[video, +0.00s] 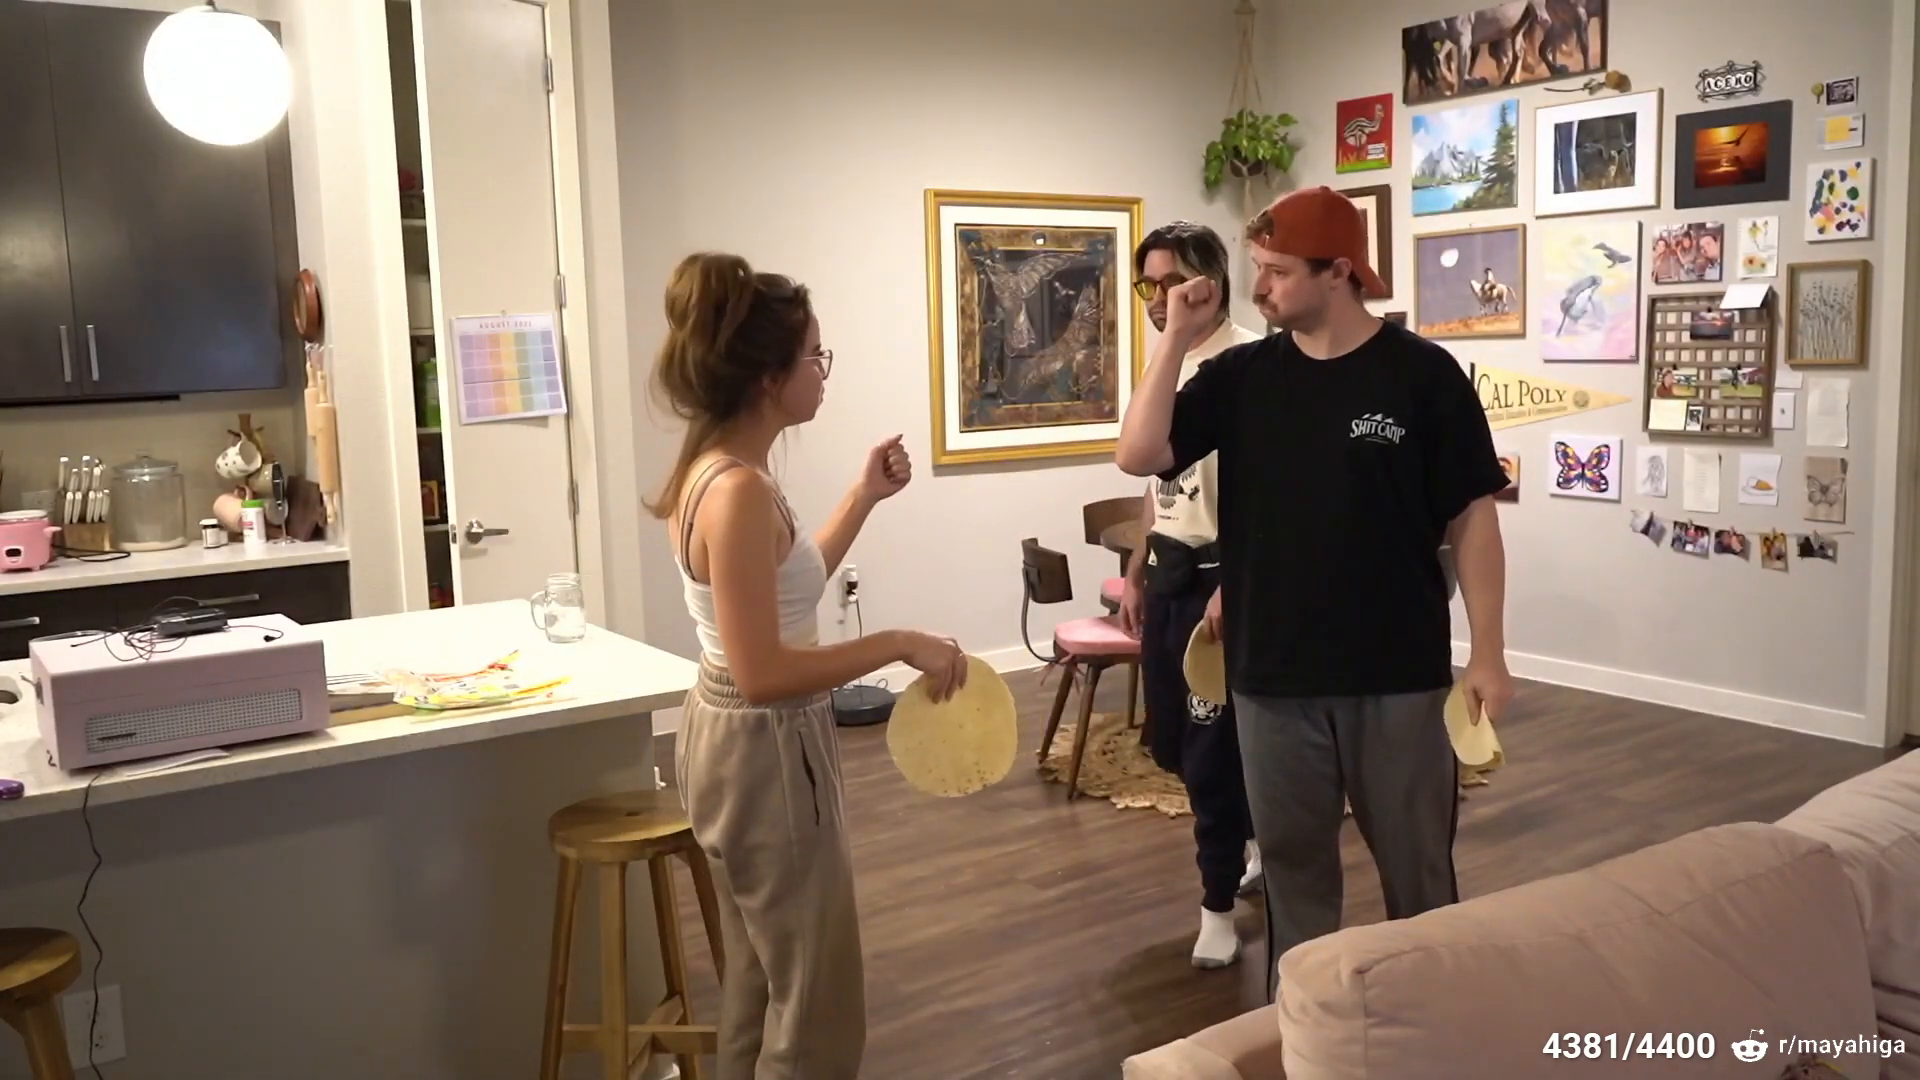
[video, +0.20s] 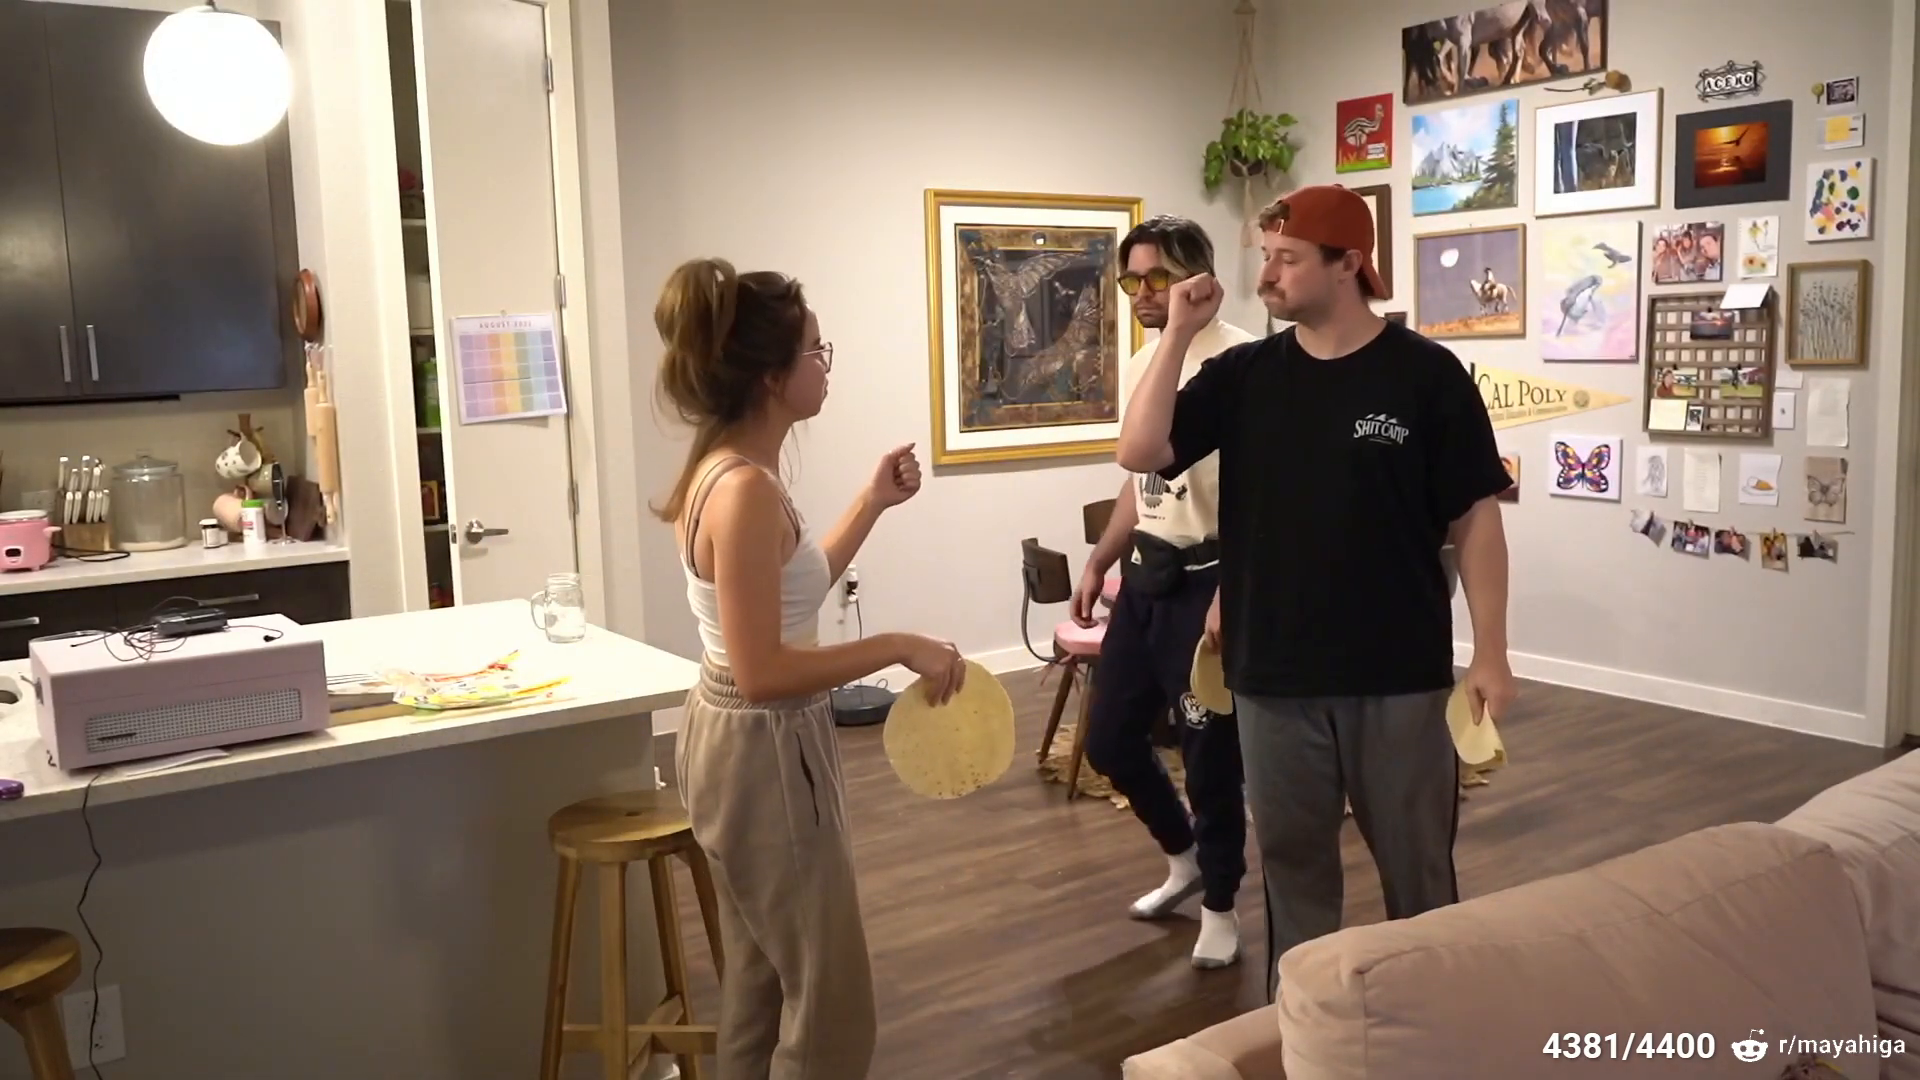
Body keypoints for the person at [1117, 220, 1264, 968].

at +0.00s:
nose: (1155, 298)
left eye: (1168, 284)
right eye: (1149, 286)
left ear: (1209, 286)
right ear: (1147, 292)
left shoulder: (1248, 365)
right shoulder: (1162, 368)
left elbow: (1260, 489)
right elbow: (1154, 485)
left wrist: (1232, 588)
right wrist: (1135, 573)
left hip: (1224, 576)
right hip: (1167, 571)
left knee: (1213, 749)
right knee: (1168, 738)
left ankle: (1218, 904)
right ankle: (1253, 835)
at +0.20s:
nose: (1140, 293)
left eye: (1155, 278)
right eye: (1132, 281)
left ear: (1197, 279)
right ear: (1129, 287)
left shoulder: (1239, 360)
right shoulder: (1150, 365)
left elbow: (1257, 487)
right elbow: (1144, 480)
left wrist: (1235, 598)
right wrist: (1099, 558)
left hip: (1212, 581)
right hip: (1144, 578)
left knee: (1210, 755)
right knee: (1112, 741)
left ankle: (1220, 907)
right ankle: (1191, 855)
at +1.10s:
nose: (980, 303)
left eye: (995, 287)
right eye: (966, 290)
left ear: (1025, 286)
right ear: (953, 297)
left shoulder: (1084, 363)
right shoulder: (944, 376)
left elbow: (1122, 480)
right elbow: (922, 497)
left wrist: (1113, 585)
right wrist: (875, 594)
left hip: (1065, 586)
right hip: (982, 586)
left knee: (1061, 772)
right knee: (997, 761)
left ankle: (1085, 927)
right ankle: (1046, 912)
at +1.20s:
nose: (976, 304)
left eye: (990, 288)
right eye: (961, 291)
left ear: (1019, 288)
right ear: (946, 298)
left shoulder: (1077, 363)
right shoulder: (939, 378)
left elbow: (1118, 483)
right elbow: (914, 489)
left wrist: (1102, 587)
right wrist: (870, 595)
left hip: (1060, 590)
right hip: (976, 590)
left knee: (1043, 781)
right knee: (990, 766)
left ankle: (1041, 944)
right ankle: (1040, 905)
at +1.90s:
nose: (982, 295)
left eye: (1002, 281)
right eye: (970, 280)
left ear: (1035, 286)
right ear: (956, 283)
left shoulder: (1078, 375)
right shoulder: (931, 370)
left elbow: (1106, 501)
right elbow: (903, 492)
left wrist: (1098, 619)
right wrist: (869, 610)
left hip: (1037, 606)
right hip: (938, 603)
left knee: (1026, 800)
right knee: (930, 797)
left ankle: (1013, 967)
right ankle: (936, 959)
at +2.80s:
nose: (948, 296)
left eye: (964, 281)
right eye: (932, 283)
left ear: (991, 285)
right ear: (911, 289)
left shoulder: (1040, 372)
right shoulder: (882, 375)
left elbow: (1067, 507)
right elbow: (862, 504)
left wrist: (1061, 620)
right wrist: (855, 620)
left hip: (1008, 609)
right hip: (910, 609)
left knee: (1009, 797)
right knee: (913, 799)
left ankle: (1013, 967)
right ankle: (933, 958)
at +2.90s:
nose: (946, 297)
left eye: (962, 282)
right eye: (930, 283)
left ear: (989, 285)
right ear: (910, 290)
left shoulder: (1037, 371)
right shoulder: (884, 374)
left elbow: (1064, 502)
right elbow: (861, 502)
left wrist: (1057, 619)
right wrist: (858, 616)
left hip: (1006, 606)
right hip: (910, 607)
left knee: (1009, 793)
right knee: (914, 798)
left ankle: (1011, 965)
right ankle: (932, 959)